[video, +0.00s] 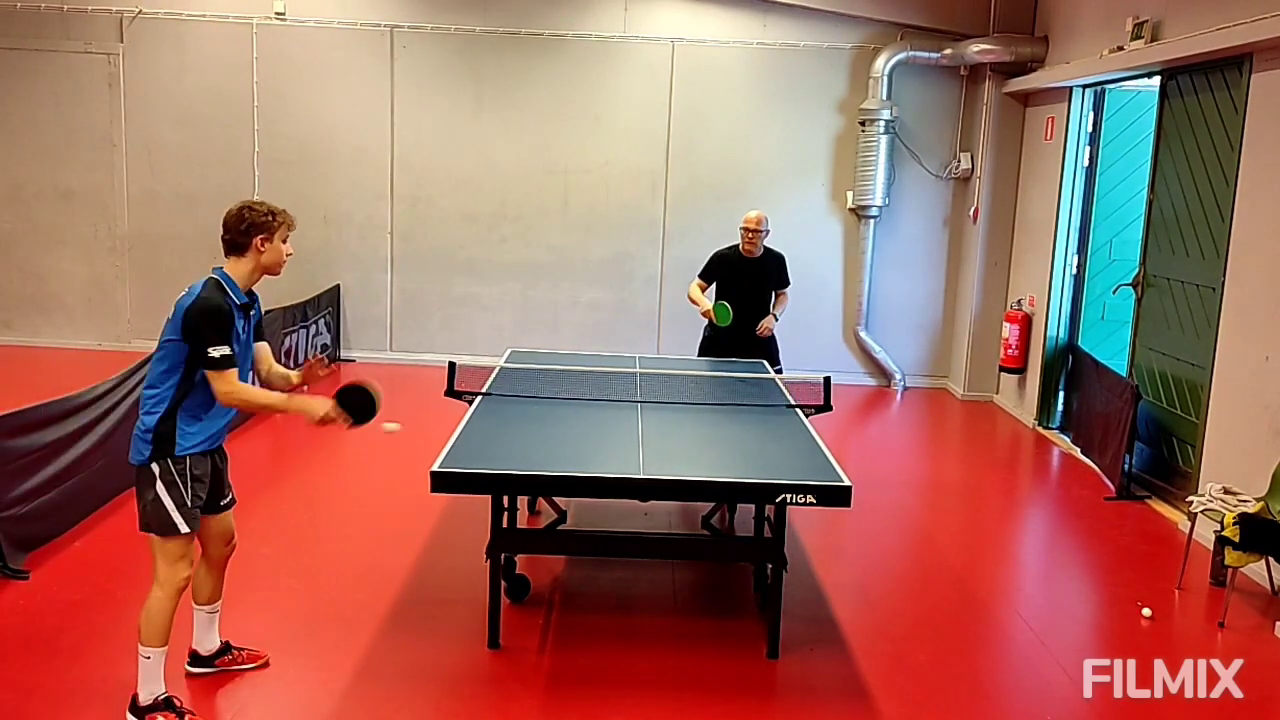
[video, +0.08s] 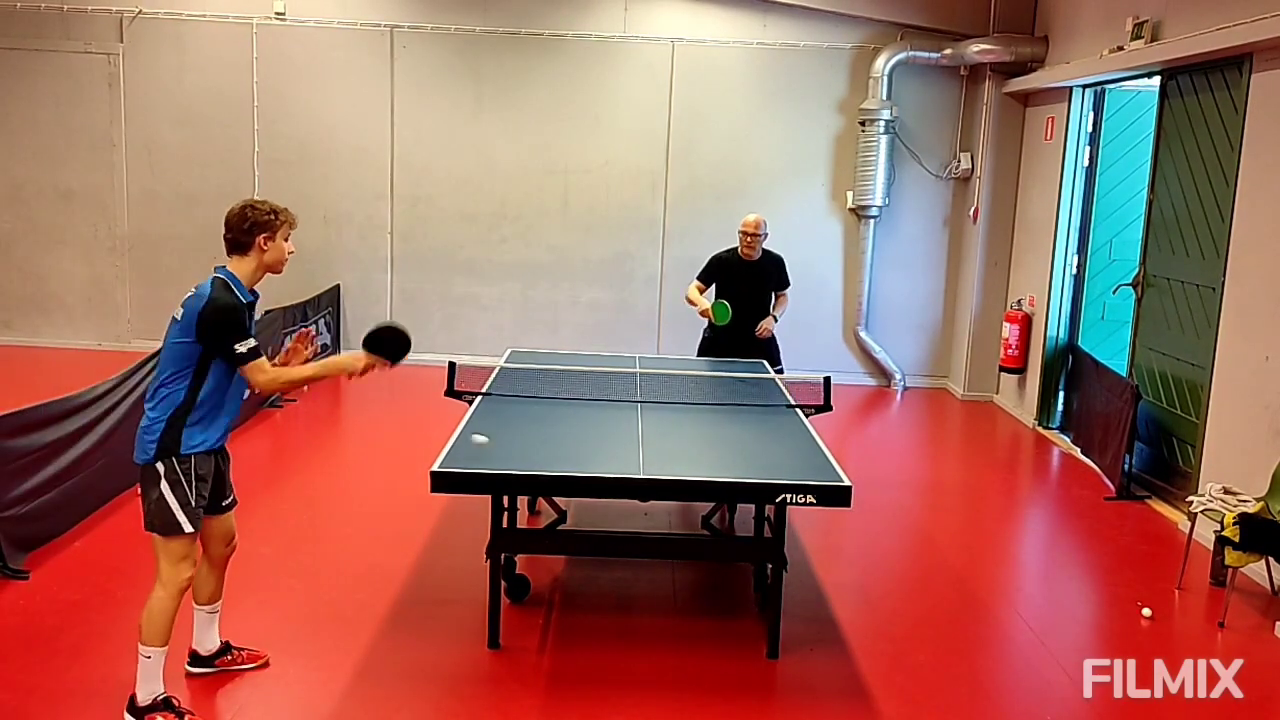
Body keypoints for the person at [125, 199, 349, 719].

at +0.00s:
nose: (290, 250)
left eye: (289, 241)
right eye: (286, 241)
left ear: (256, 244)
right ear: (260, 245)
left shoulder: (247, 299)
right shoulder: (211, 303)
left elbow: (263, 366)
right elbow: (227, 391)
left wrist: (294, 380)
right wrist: (304, 406)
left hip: (205, 444)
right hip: (167, 451)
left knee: (219, 544)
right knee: (174, 571)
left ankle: (207, 650)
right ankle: (148, 698)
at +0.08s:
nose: (290, 249)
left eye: (290, 240)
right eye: (286, 239)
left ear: (253, 242)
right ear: (262, 243)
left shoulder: (238, 296)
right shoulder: (221, 301)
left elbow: (227, 380)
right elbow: (265, 381)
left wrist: (281, 368)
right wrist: (342, 363)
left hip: (206, 444)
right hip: (171, 451)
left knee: (221, 543)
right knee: (176, 574)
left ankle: (207, 650)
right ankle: (145, 698)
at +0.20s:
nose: (288, 245)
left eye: (286, 235)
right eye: (284, 236)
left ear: (242, 240)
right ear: (263, 240)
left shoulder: (213, 286)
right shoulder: (238, 297)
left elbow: (219, 362)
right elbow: (306, 351)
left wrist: (277, 363)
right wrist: (349, 310)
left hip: (204, 446)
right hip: (183, 452)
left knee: (221, 543)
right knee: (192, 574)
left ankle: (206, 650)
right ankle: (140, 700)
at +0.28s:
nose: (283, 245)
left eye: (282, 235)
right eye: (280, 236)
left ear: (233, 239)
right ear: (261, 239)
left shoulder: (205, 287)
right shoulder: (244, 298)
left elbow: (207, 357)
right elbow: (311, 345)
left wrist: (266, 369)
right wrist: (348, 302)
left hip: (191, 446)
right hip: (192, 453)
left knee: (215, 547)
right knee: (199, 579)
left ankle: (206, 650)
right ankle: (144, 701)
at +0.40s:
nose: (281, 243)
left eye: (280, 234)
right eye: (278, 235)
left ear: (232, 241)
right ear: (258, 241)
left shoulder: (194, 290)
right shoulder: (247, 303)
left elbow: (165, 343)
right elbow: (311, 354)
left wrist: (234, 365)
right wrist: (344, 310)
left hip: (177, 454)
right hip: (198, 460)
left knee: (211, 563)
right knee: (213, 589)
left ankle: (207, 650)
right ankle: (171, 711)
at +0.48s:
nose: (279, 251)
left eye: (278, 242)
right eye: (276, 243)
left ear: (225, 248)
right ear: (260, 250)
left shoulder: (186, 297)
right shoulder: (250, 313)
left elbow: (145, 345)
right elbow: (307, 372)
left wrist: (200, 370)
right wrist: (342, 330)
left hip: (168, 462)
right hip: (200, 468)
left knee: (207, 559)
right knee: (227, 593)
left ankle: (205, 651)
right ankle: (202, 714)